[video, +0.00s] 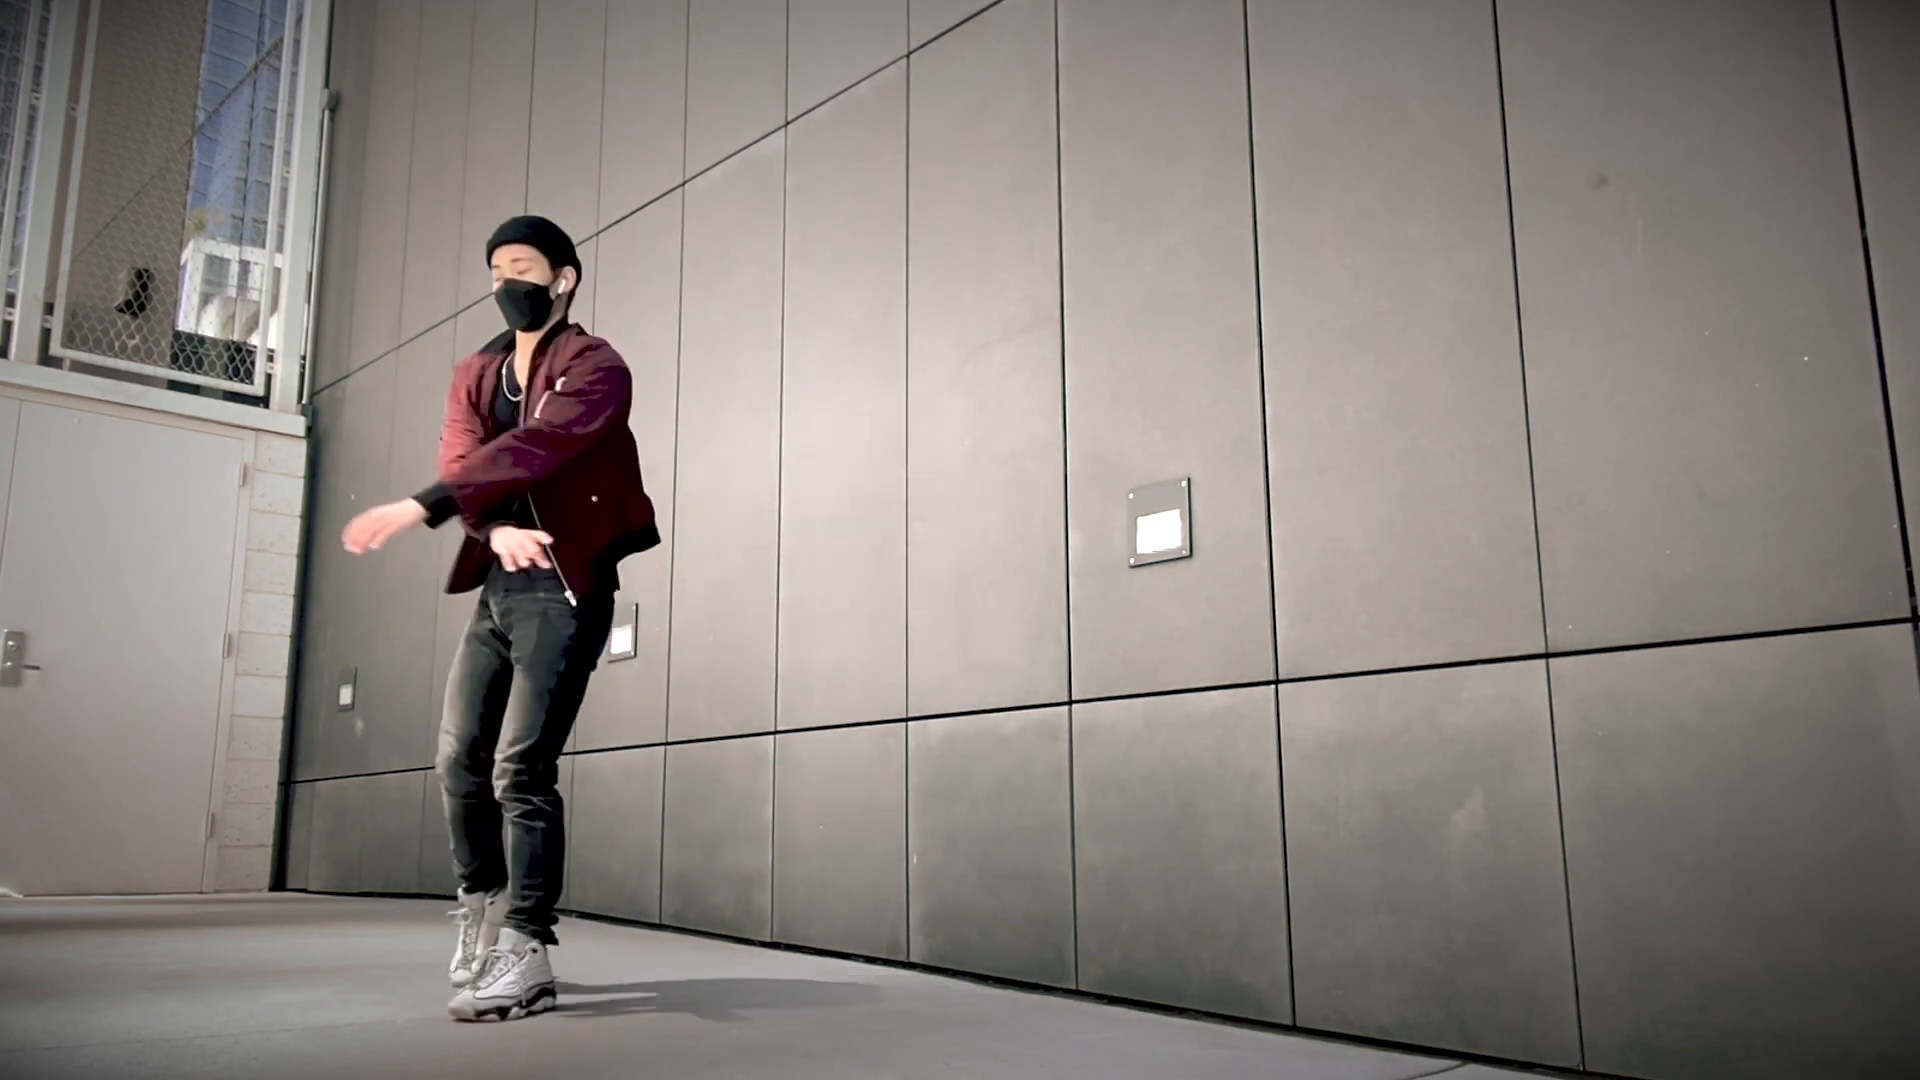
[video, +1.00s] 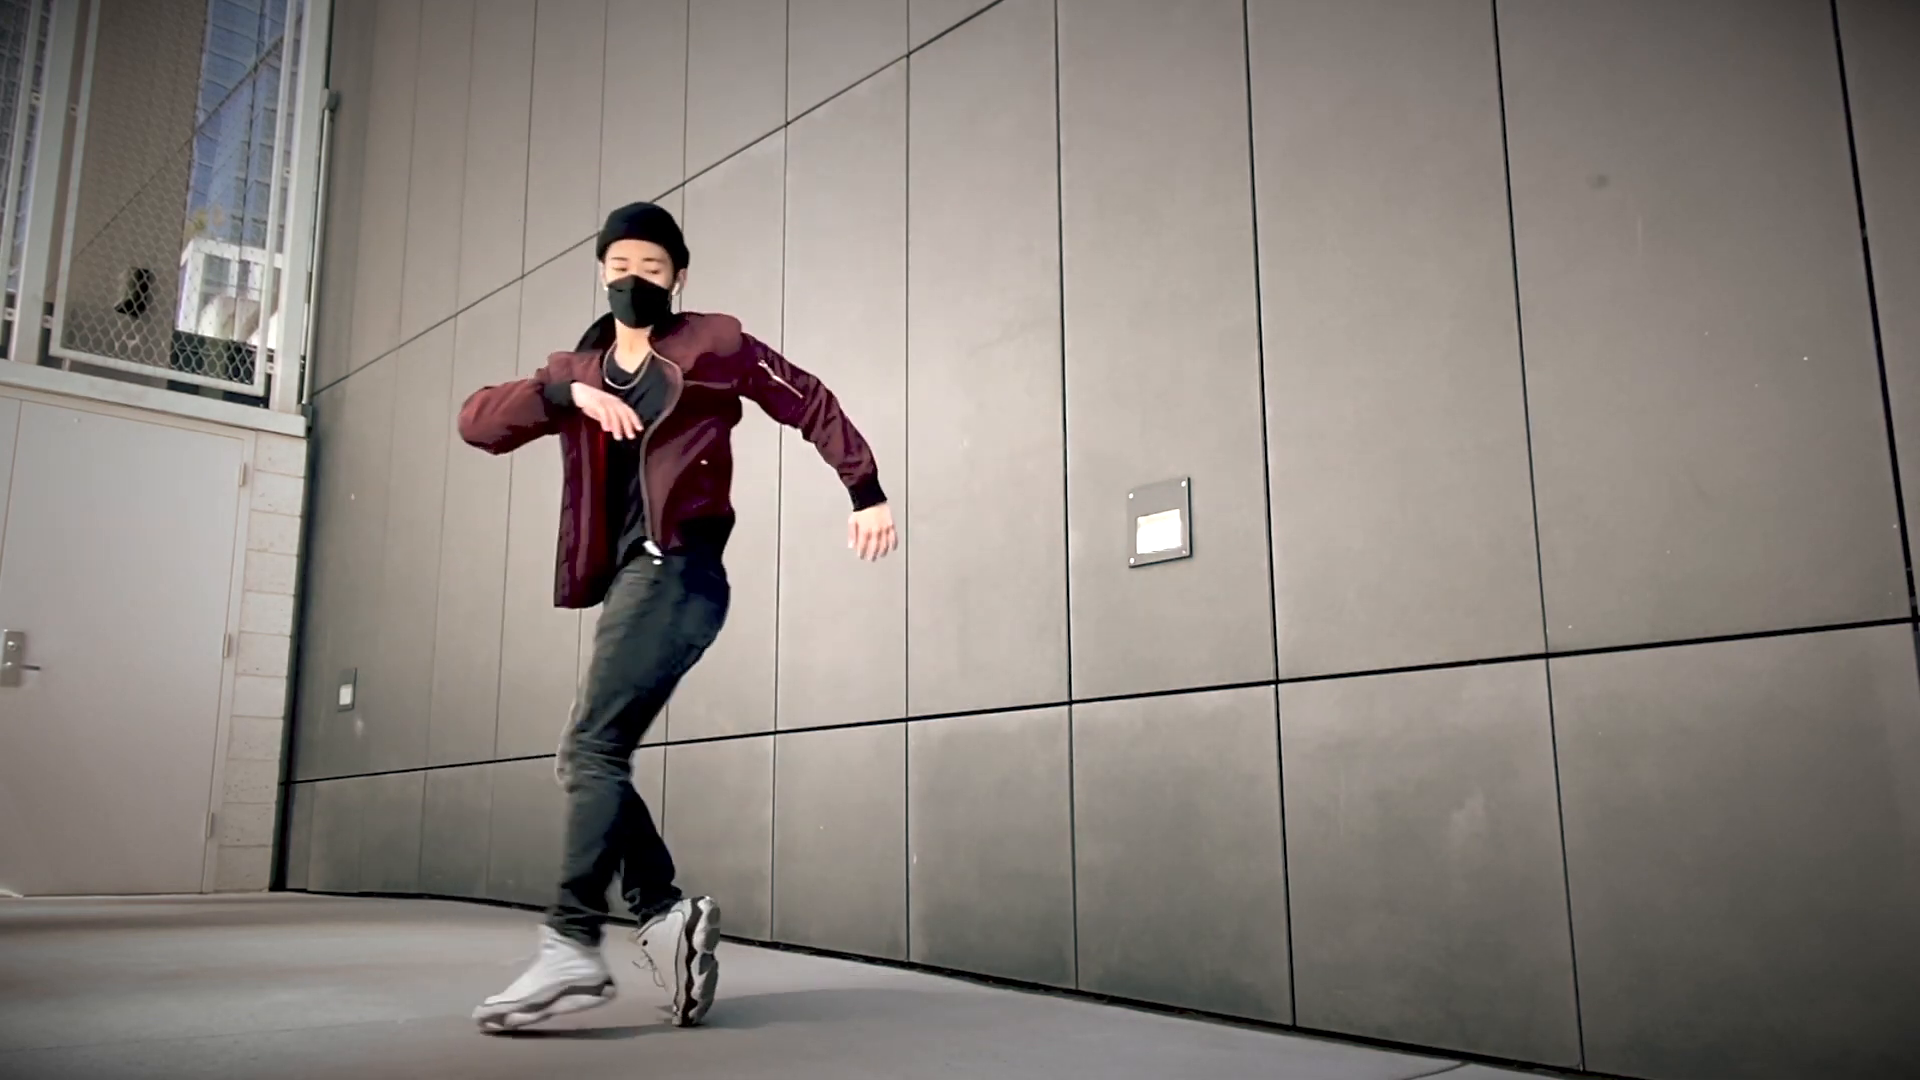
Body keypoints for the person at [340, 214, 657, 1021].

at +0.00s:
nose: (511, 281)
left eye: (527, 267)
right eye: (500, 270)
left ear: (567, 280)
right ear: (491, 286)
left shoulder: (598, 367)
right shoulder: (477, 371)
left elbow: (540, 447)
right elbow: (458, 465)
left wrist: (423, 504)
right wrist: (496, 527)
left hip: (564, 589)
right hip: (496, 586)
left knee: (522, 769)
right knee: (461, 764)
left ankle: (528, 951)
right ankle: (482, 912)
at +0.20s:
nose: (472, 283)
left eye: (483, 268)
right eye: (468, 272)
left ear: (534, 269)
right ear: (502, 278)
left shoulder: (560, 347)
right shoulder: (485, 369)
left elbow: (495, 441)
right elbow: (451, 455)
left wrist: (395, 454)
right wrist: (396, 511)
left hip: (557, 585)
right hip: (526, 585)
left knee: (463, 749)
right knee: (521, 749)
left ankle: (492, 928)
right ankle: (563, 910)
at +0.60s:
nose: (486, 292)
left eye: (496, 275)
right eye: (484, 279)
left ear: (545, 275)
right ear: (537, 282)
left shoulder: (566, 333)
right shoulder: (523, 367)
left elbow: (583, 397)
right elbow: (472, 450)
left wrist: (507, 454)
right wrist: (393, 473)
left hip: (559, 594)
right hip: (590, 599)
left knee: (427, 745)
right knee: (569, 778)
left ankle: (482, 919)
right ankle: (687, 912)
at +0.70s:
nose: (504, 289)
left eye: (516, 273)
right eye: (501, 275)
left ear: (566, 277)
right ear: (546, 284)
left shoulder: (588, 334)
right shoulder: (538, 371)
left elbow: (653, 381)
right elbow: (494, 453)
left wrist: (570, 462)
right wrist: (432, 457)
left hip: (565, 593)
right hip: (600, 601)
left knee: (444, 744)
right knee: (560, 779)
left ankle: (494, 917)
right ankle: (680, 911)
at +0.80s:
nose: (536, 289)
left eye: (551, 273)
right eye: (529, 277)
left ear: (600, 277)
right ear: (528, 284)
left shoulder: (628, 337)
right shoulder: (536, 383)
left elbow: (731, 381)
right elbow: (473, 452)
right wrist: (469, 437)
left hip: (584, 585)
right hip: (615, 594)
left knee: (473, 741)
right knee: (556, 772)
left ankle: (506, 922)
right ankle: (671, 904)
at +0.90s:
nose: (585, 279)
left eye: (600, 265)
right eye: (573, 268)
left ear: (638, 271)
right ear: (564, 277)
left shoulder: (675, 336)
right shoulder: (549, 375)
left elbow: (785, 389)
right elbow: (456, 440)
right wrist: (518, 411)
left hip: (625, 577)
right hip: (602, 586)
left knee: (516, 738)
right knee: (572, 765)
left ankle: (520, 926)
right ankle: (657, 914)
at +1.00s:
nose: (636, 271)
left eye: (652, 260)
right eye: (621, 259)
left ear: (677, 274)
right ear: (601, 272)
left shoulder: (713, 342)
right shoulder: (578, 367)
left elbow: (810, 404)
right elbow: (475, 424)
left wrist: (866, 492)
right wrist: (564, 390)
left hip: (673, 570)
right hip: (622, 574)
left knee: (594, 750)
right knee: (593, 756)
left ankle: (572, 946)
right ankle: (666, 920)